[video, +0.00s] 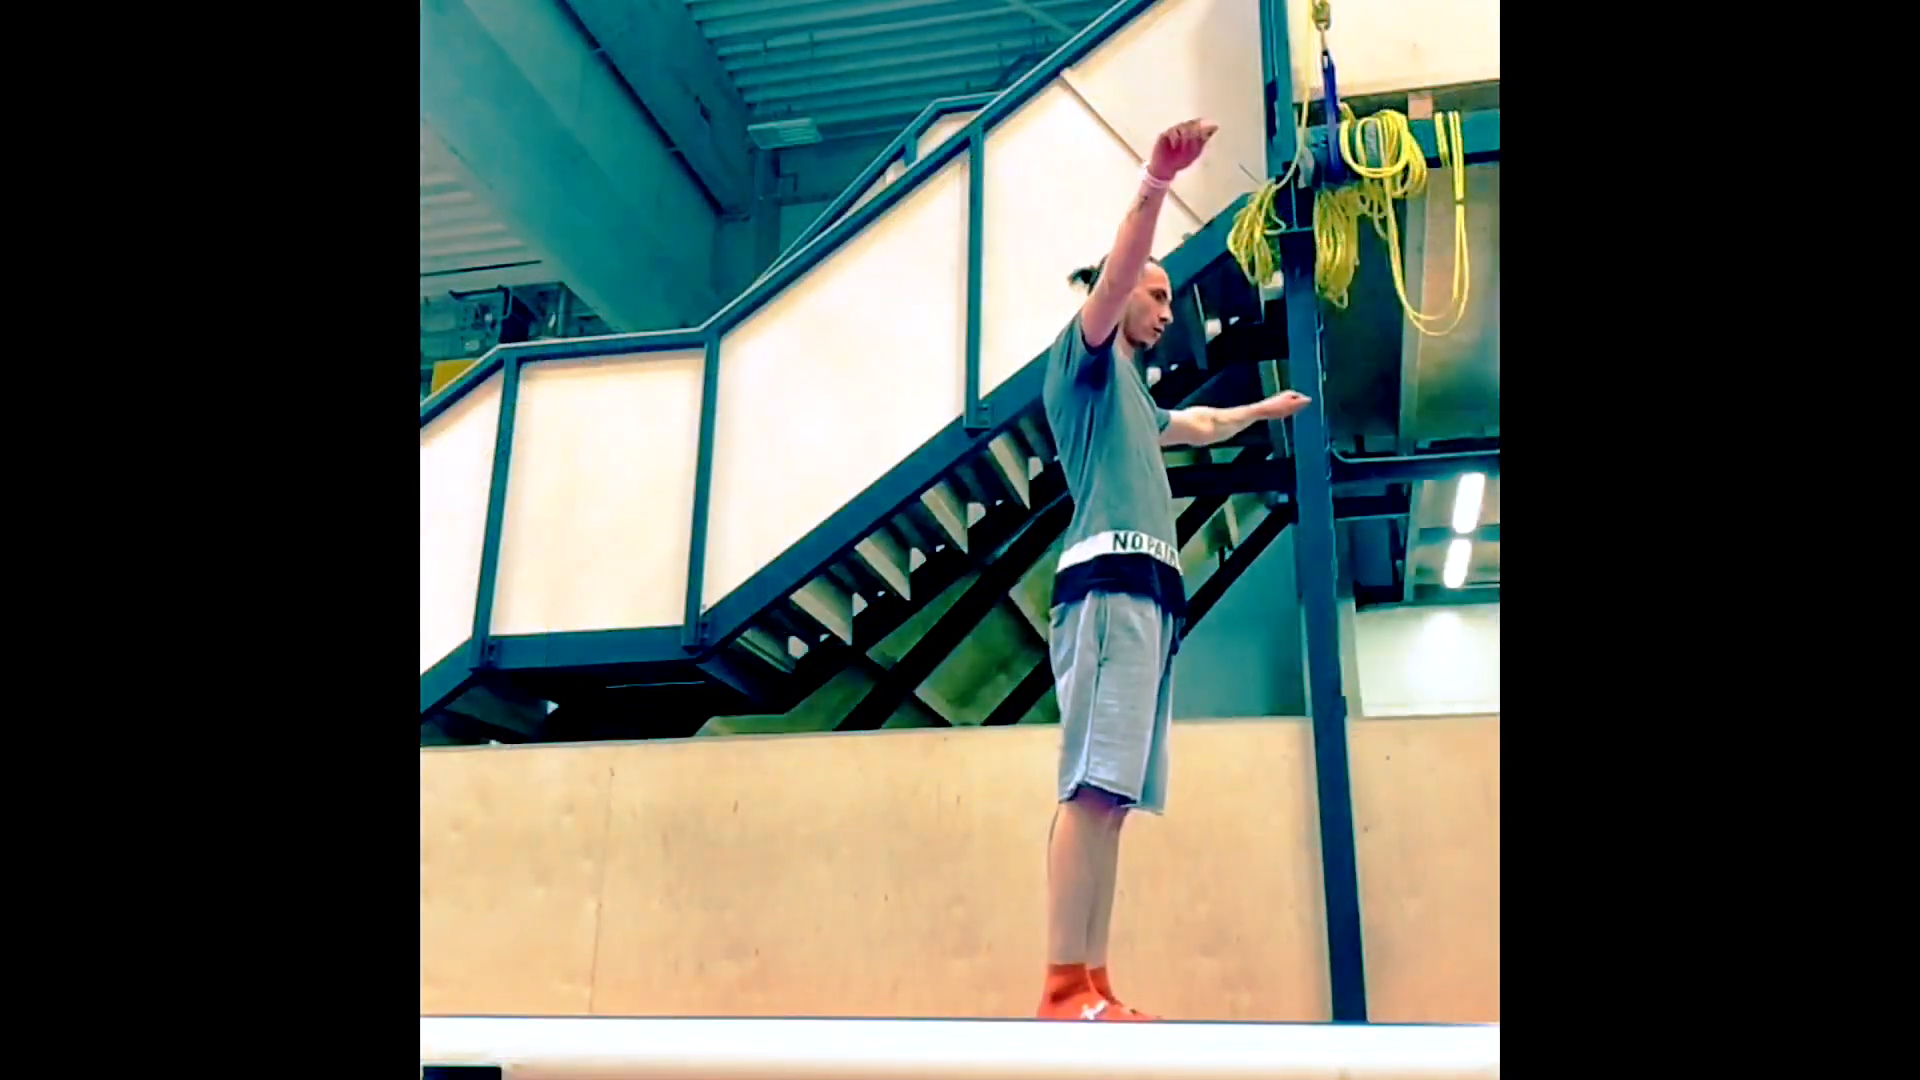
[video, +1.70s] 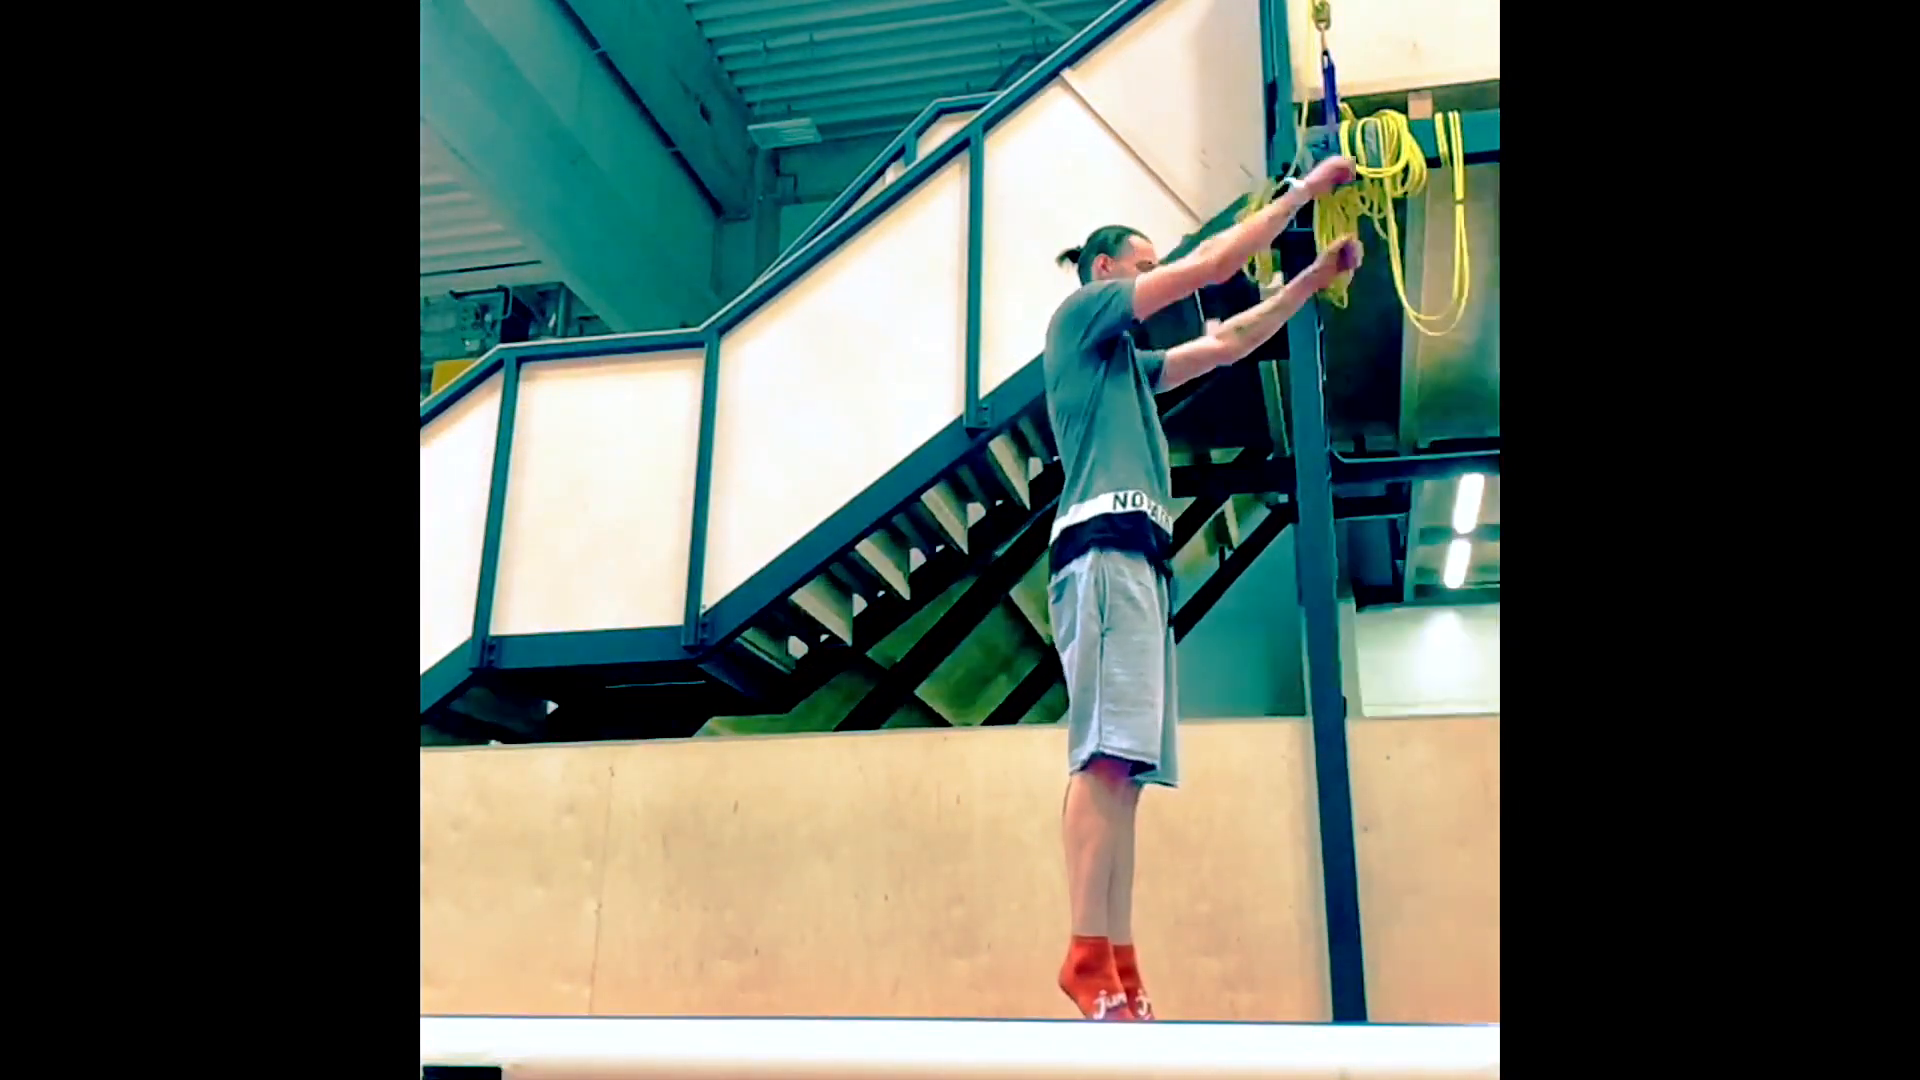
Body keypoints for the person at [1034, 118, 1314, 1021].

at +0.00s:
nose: (1166, 310)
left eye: (1169, 302)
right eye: (1155, 295)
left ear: (1154, 317)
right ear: (1114, 290)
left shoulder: (1132, 394)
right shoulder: (1084, 360)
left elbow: (1201, 426)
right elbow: (1117, 280)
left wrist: (1269, 407)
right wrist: (1156, 185)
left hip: (1146, 593)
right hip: (1110, 585)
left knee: (1113, 796)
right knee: (1093, 791)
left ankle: (1092, 989)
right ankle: (1065, 993)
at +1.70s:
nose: (1154, 270)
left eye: (1153, 260)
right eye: (1142, 258)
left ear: (1125, 274)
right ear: (1101, 265)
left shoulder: (1124, 362)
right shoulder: (1077, 312)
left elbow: (1229, 340)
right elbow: (1207, 264)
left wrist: (1322, 272)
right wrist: (1300, 190)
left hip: (1136, 561)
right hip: (1102, 552)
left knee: (1125, 768)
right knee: (1106, 758)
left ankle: (1118, 968)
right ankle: (1086, 961)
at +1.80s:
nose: (1164, 283)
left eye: (1163, 272)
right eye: (1152, 268)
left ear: (1128, 276)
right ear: (1106, 268)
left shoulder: (1128, 371)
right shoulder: (1076, 321)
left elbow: (1222, 405)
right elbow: (1213, 343)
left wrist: (1326, 373)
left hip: (1129, 565)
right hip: (1093, 555)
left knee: (1121, 766)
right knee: (1102, 760)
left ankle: (1119, 960)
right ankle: (1088, 955)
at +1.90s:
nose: (1188, 292)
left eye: (1192, 282)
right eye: (1177, 275)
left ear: (1162, 286)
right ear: (1134, 272)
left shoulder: (1140, 374)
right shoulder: (1096, 330)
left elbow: (1159, 495)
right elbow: (1130, 445)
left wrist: (1219, 566)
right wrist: (1214, 525)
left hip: (1120, 570)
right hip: (1077, 556)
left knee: (1137, 768)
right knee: (1109, 754)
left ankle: (1123, 957)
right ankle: (1090, 955)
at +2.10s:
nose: (1256, 452)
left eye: (1257, 439)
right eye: (1246, 435)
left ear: (1210, 438)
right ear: (1200, 430)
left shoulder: (1155, 490)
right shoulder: (1140, 455)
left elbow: (1071, 476)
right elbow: (1006, 389)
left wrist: (1039, 443)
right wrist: (913, 333)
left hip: (1038, 655)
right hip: (1016, 653)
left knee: (1152, 805)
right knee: (1157, 795)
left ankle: (1093, 987)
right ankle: (1074, 987)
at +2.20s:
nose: (1251, 535)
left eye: (1252, 522)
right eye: (1239, 517)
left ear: (1202, 520)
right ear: (1194, 513)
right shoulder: (1112, 531)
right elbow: (1009, 462)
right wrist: (924, 397)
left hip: (1028, 736)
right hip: (999, 731)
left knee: (1186, 834)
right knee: (1170, 831)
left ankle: (1090, 1003)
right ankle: (1077, 1005)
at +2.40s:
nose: (1126, 449)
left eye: (1125, 438)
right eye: (1113, 434)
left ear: (1083, 445)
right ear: (1068, 440)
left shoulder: (1080, 538)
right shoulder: (1030, 514)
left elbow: (1130, 652)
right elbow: (1113, 621)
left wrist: (1223, 708)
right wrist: (1217, 681)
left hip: (1044, 727)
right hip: (1003, 726)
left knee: (1200, 839)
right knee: (1169, 832)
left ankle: (1102, 1004)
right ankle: (1077, 1003)